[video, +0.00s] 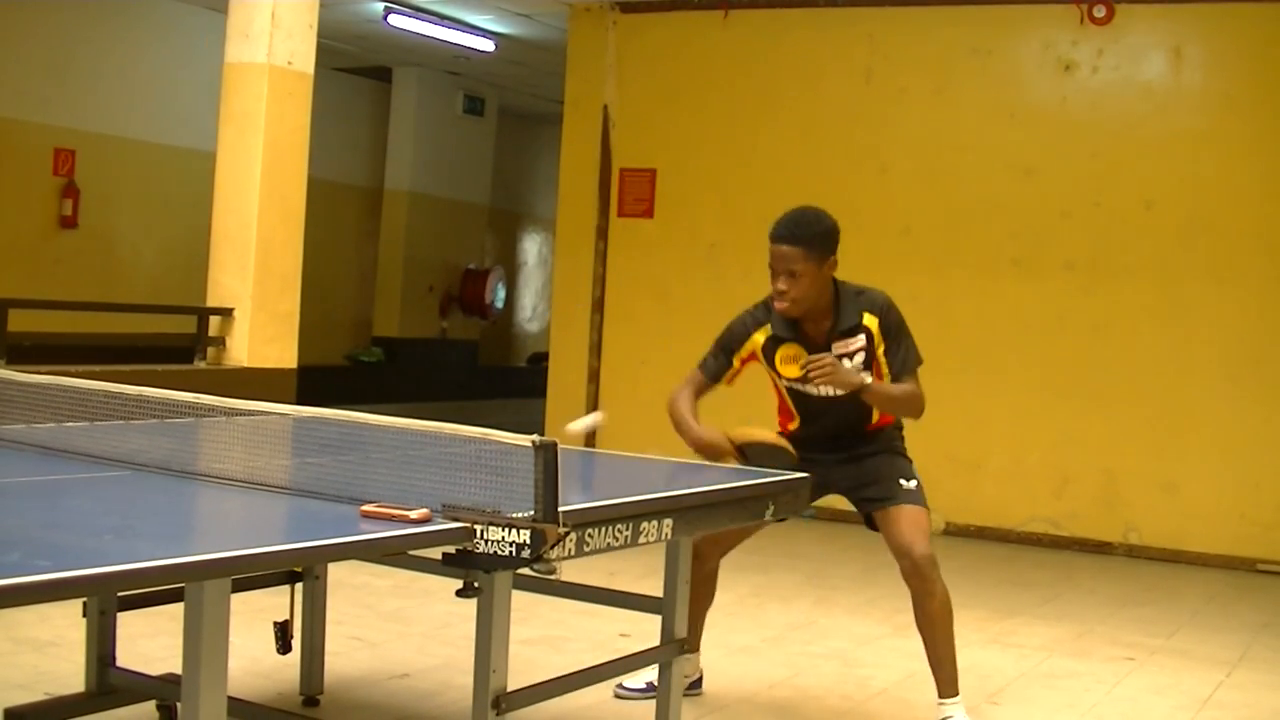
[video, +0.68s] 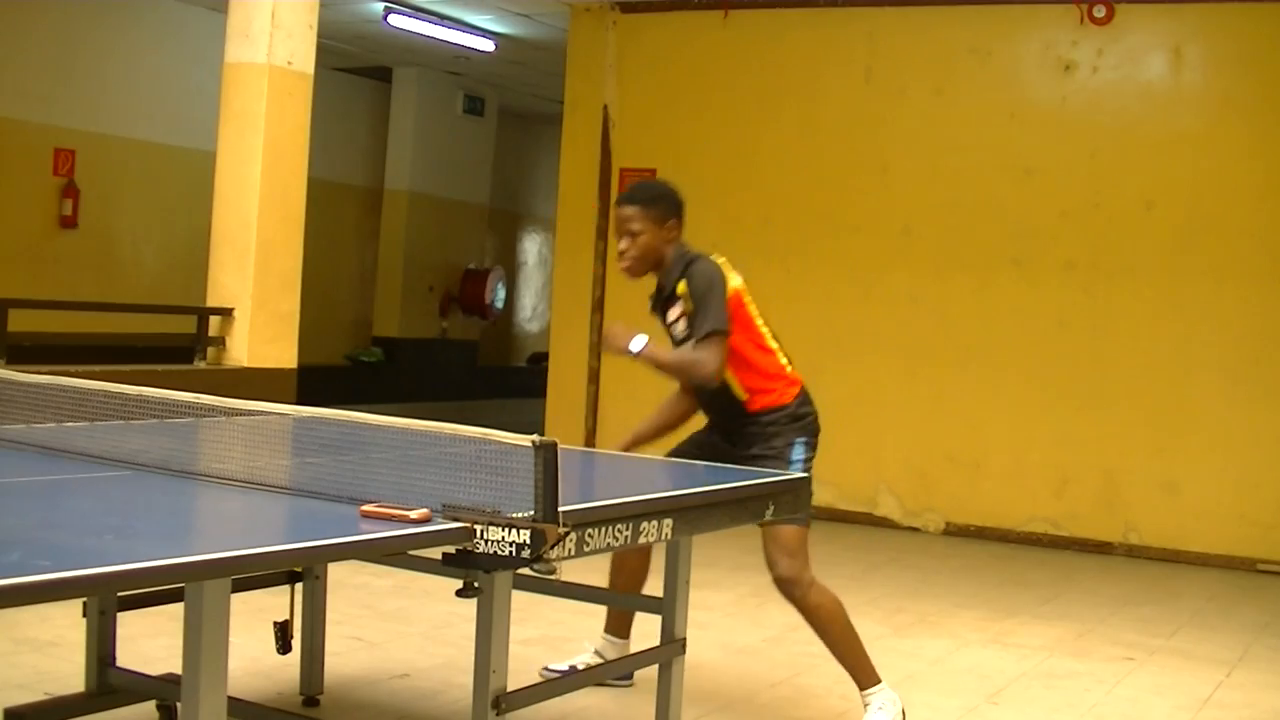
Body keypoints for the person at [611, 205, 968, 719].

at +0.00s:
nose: (777, 287)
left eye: (790, 275)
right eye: (773, 273)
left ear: (828, 269)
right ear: (767, 266)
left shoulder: (874, 312)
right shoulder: (759, 324)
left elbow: (914, 403)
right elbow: (682, 396)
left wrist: (859, 382)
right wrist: (696, 435)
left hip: (875, 452)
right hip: (799, 453)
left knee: (919, 556)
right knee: (701, 544)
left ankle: (950, 703)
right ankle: (682, 665)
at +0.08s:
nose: (781, 270)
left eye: (794, 259)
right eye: (776, 256)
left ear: (830, 252)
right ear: (769, 249)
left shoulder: (874, 295)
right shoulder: (755, 305)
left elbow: (919, 383)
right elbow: (692, 357)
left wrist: (867, 361)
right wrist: (655, 366)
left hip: (870, 441)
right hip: (790, 442)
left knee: (915, 551)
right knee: (702, 539)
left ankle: (949, 702)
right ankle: (683, 664)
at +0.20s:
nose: (775, 244)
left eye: (787, 231)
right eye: (769, 230)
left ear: (824, 224)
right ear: (764, 225)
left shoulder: (868, 276)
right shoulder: (748, 281)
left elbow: (913, 364)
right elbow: (654, 318)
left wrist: (875, 333)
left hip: (855, 431)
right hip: (776, 430)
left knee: (904, 547)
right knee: (687, 523)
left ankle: (926, 701)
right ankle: (671, 657)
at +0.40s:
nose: (731, 223)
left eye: (745, 211)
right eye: (727, 210)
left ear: (781, 212)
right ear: (724, 210)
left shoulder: (823, 274)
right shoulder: (715, 277)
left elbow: (847, 366)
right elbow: (635, 336)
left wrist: (798, 310)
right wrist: (599, 293)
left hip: (815, 441)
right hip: (737, 437)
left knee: (870, 555)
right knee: (649, 529)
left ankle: (917, 703)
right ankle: (648, 664)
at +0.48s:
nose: (697, 207)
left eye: (710, 195)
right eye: (694, 194)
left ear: (748, 195)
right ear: (694, 195)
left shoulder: (795, 252)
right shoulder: (697, 265)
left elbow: (808, 340)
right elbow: (646, 347)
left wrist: (734, 290)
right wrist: (603, 318)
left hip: (802, 427)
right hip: (728, 422)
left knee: (841, 554)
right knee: (641, 507)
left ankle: (904, 700)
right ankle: (639, 653)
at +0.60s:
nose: (647, 216)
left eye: (659, 203)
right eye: (645, 204)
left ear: (698, 201)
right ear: (668, 206)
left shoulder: (741, 251)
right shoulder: (681, 273)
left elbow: (745, 339)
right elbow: (677, 369)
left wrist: (667, 306)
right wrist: (614, 390)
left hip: (792, 413)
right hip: (734, 414)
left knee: (806, 560)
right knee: (653, 514)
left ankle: (878, 692)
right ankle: (622, 651)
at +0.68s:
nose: (621, 246)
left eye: (631, 234)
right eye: (617, 234)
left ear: (669, 230)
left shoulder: (705, 273)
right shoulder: (664, 297)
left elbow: (706, 366)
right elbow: (691, 393)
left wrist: (637, 344)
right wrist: (626, 448)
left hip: (781, 427)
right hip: (727, 431)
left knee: (790, 575)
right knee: (635, 507)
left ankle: (879, 697)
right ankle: (613, 651)